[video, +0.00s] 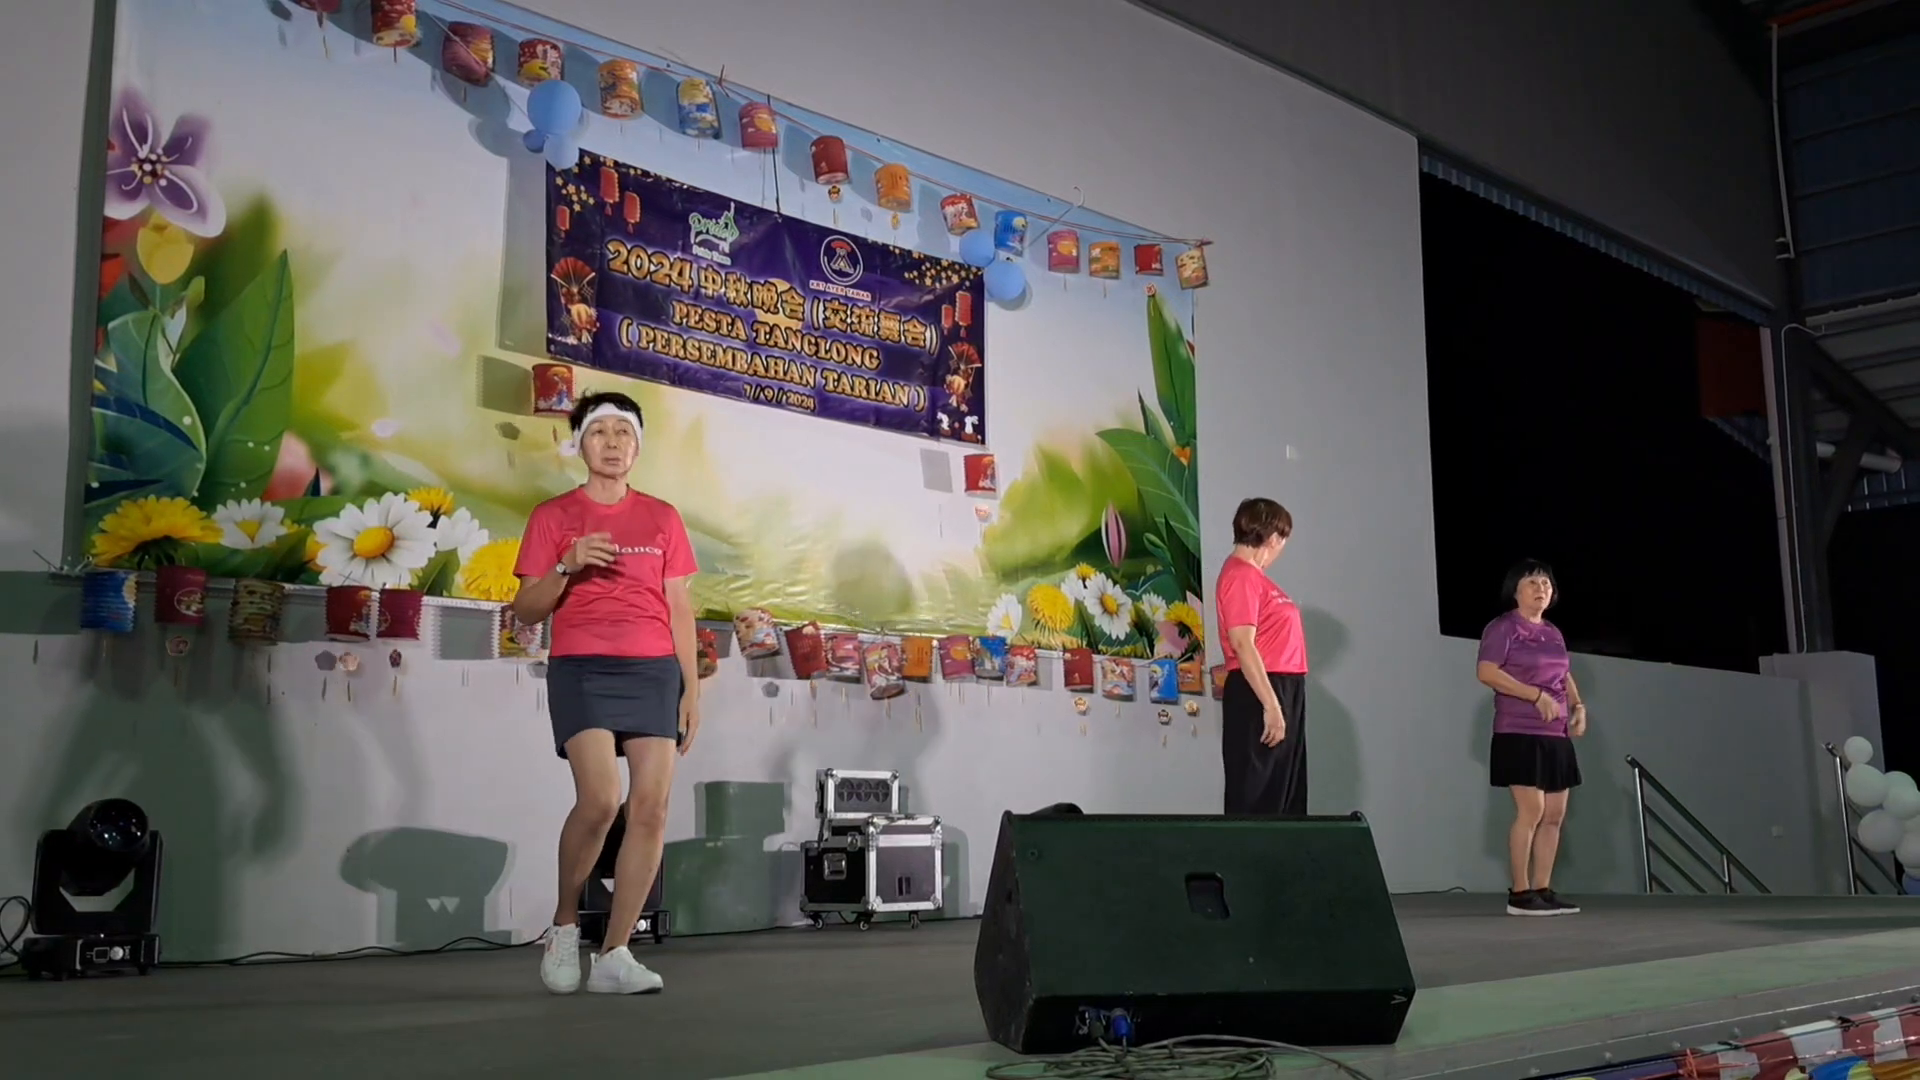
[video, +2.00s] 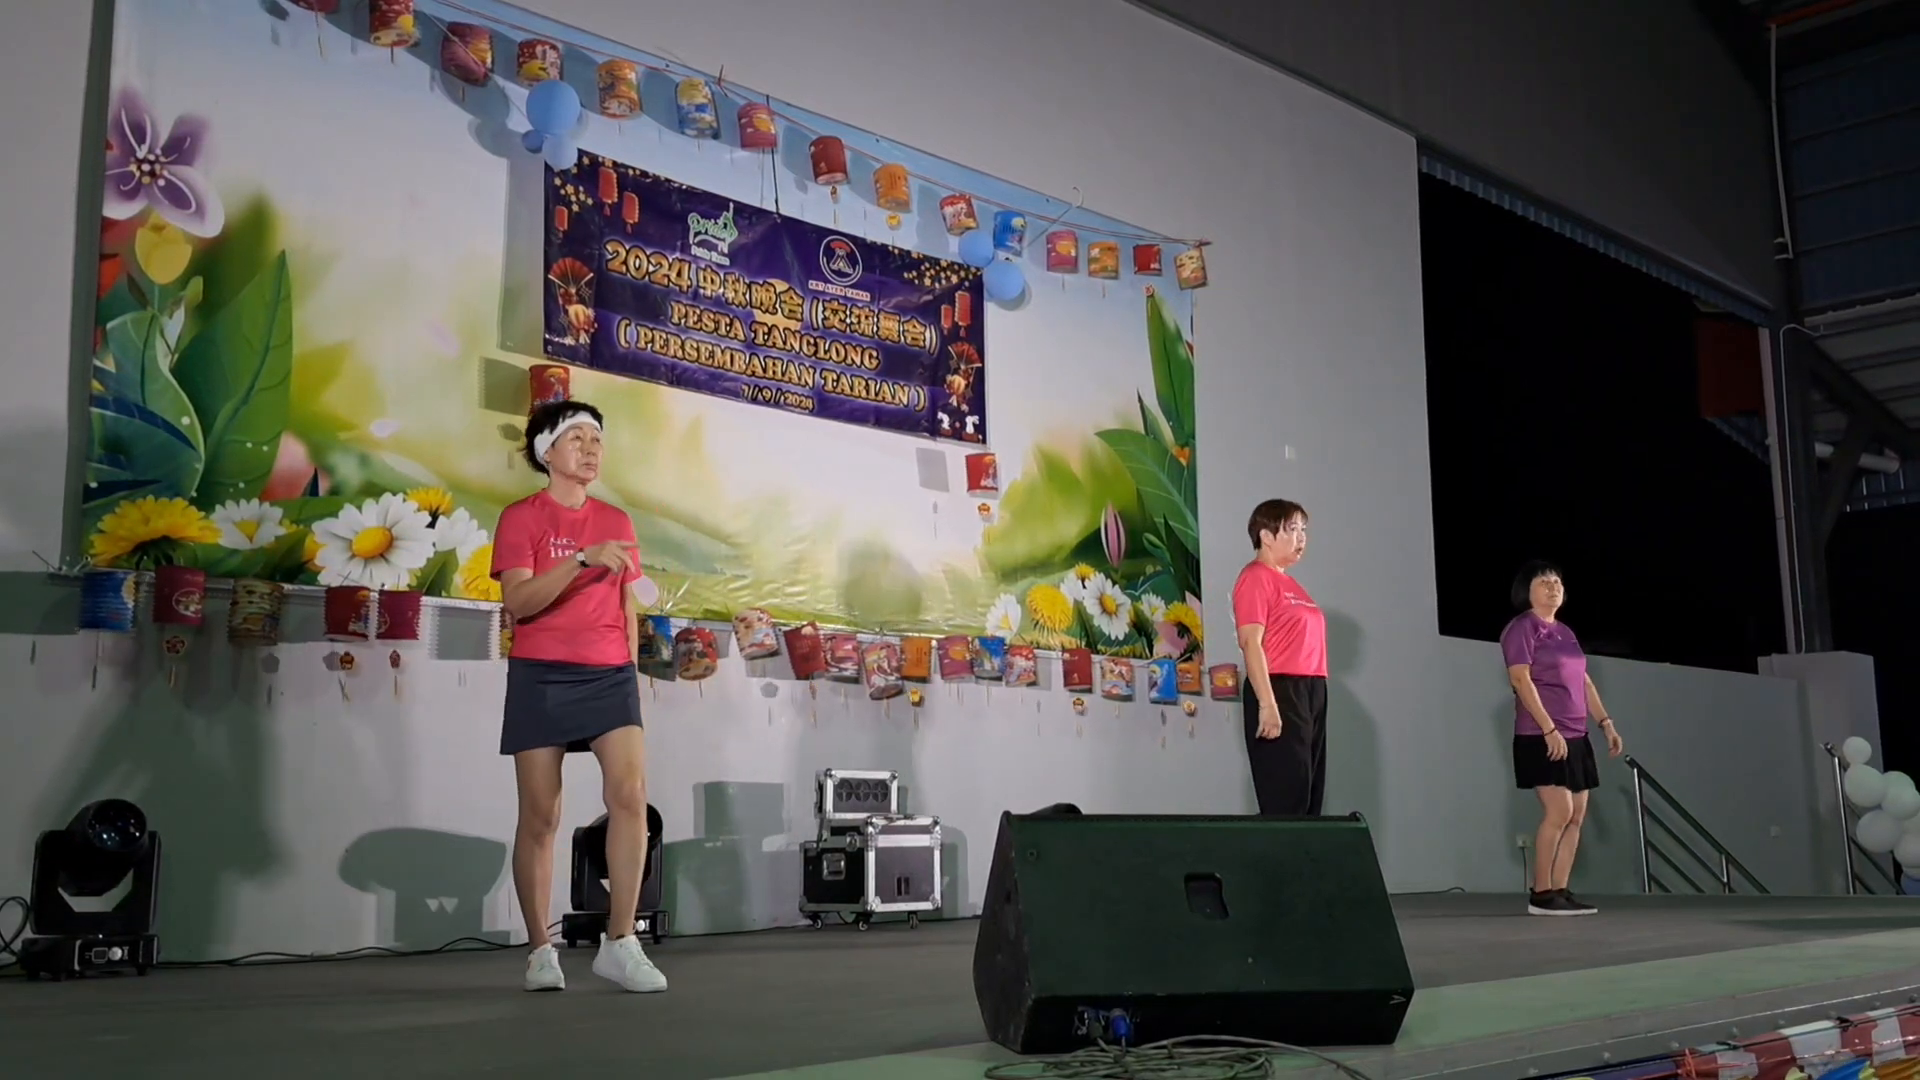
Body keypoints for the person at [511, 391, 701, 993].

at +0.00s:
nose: (612, 441)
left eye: (624, 432)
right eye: (599, 431)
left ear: (638, 447)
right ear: (580, 445)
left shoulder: (663, 517)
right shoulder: (553, 515)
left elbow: (681, 607)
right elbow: (527, 608)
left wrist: (691, 686)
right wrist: (567, 566)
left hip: (657, 672)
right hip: (580, 669)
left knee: (653, 807)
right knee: (600, 800)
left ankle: (615, 952)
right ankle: (564, 928)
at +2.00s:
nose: (590, 450)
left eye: (596, 442)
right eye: (577, 440)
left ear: (602, 454)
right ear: (546, 451)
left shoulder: (617, 522)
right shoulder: (522, 517)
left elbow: (627, 610)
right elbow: (517, 603)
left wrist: (630, 675)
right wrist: (582, 562)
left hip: (609, 677)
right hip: (540, 677)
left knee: (630, 794)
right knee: (540, 815)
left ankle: (620, 941)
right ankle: (542, 948)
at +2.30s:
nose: (608, 443)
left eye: (613, 436)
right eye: (594, 435)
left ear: (620, 453)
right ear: (565, 450)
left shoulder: (639, 522)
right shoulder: (547, 511)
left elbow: (649, 607)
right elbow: (550, 593)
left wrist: (658, 668)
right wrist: (617, 617)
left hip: (638, 675)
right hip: (572, 673)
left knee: (638, 810)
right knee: (560, 819)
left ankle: (618, 950)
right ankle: (545, 946)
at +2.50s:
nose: (633, 449)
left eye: (638, 442)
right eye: (619, 439)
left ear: (642, 455)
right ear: (587, 451)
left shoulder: (657, 526)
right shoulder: (565, 514)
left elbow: (677, 616)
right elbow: (567, 606)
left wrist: (694, 692)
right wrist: (579, 688)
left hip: (664, 677)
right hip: (597, 675)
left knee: (652, 814)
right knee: (591, 818)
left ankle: (621, 950)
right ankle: (553, 931)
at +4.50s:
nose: (596, 448)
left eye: (601, 440)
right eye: (583, 438)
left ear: (606, 453)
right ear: (551, 448)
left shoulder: (617, 523)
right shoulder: (518, 520)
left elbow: (632, 614)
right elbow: (491, 612)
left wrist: (646, 684)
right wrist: (539, 664)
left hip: (611, 681)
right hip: (538, 678)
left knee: (637, 800)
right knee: (542, 813)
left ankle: (617, 942)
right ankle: (542, 949)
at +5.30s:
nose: (583, 446)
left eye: (589, 438)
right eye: (570, 436)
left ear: (595, 449)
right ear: (538, 447)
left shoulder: (609, 521)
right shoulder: (515, 514)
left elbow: (651, 603)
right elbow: (502, 591)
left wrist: (710, 661)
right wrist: (516, 648)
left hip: (602, 676)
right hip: (534, 673)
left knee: (624, 807)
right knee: (537, 815)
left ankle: (609, 951)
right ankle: (542, 949)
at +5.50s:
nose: (580, 448)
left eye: (587, 438)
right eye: (566, 438)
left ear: (593, 450)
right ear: (536, 450)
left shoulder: (611, 523)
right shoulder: (513, 516)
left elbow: (664, 591)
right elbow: (503, 580)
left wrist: (731, 586)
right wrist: (540, 577)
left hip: (600, 676)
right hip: (530, 674)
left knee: (624, 807)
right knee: (536, 816)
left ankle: (610, 950)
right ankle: (542, 950)